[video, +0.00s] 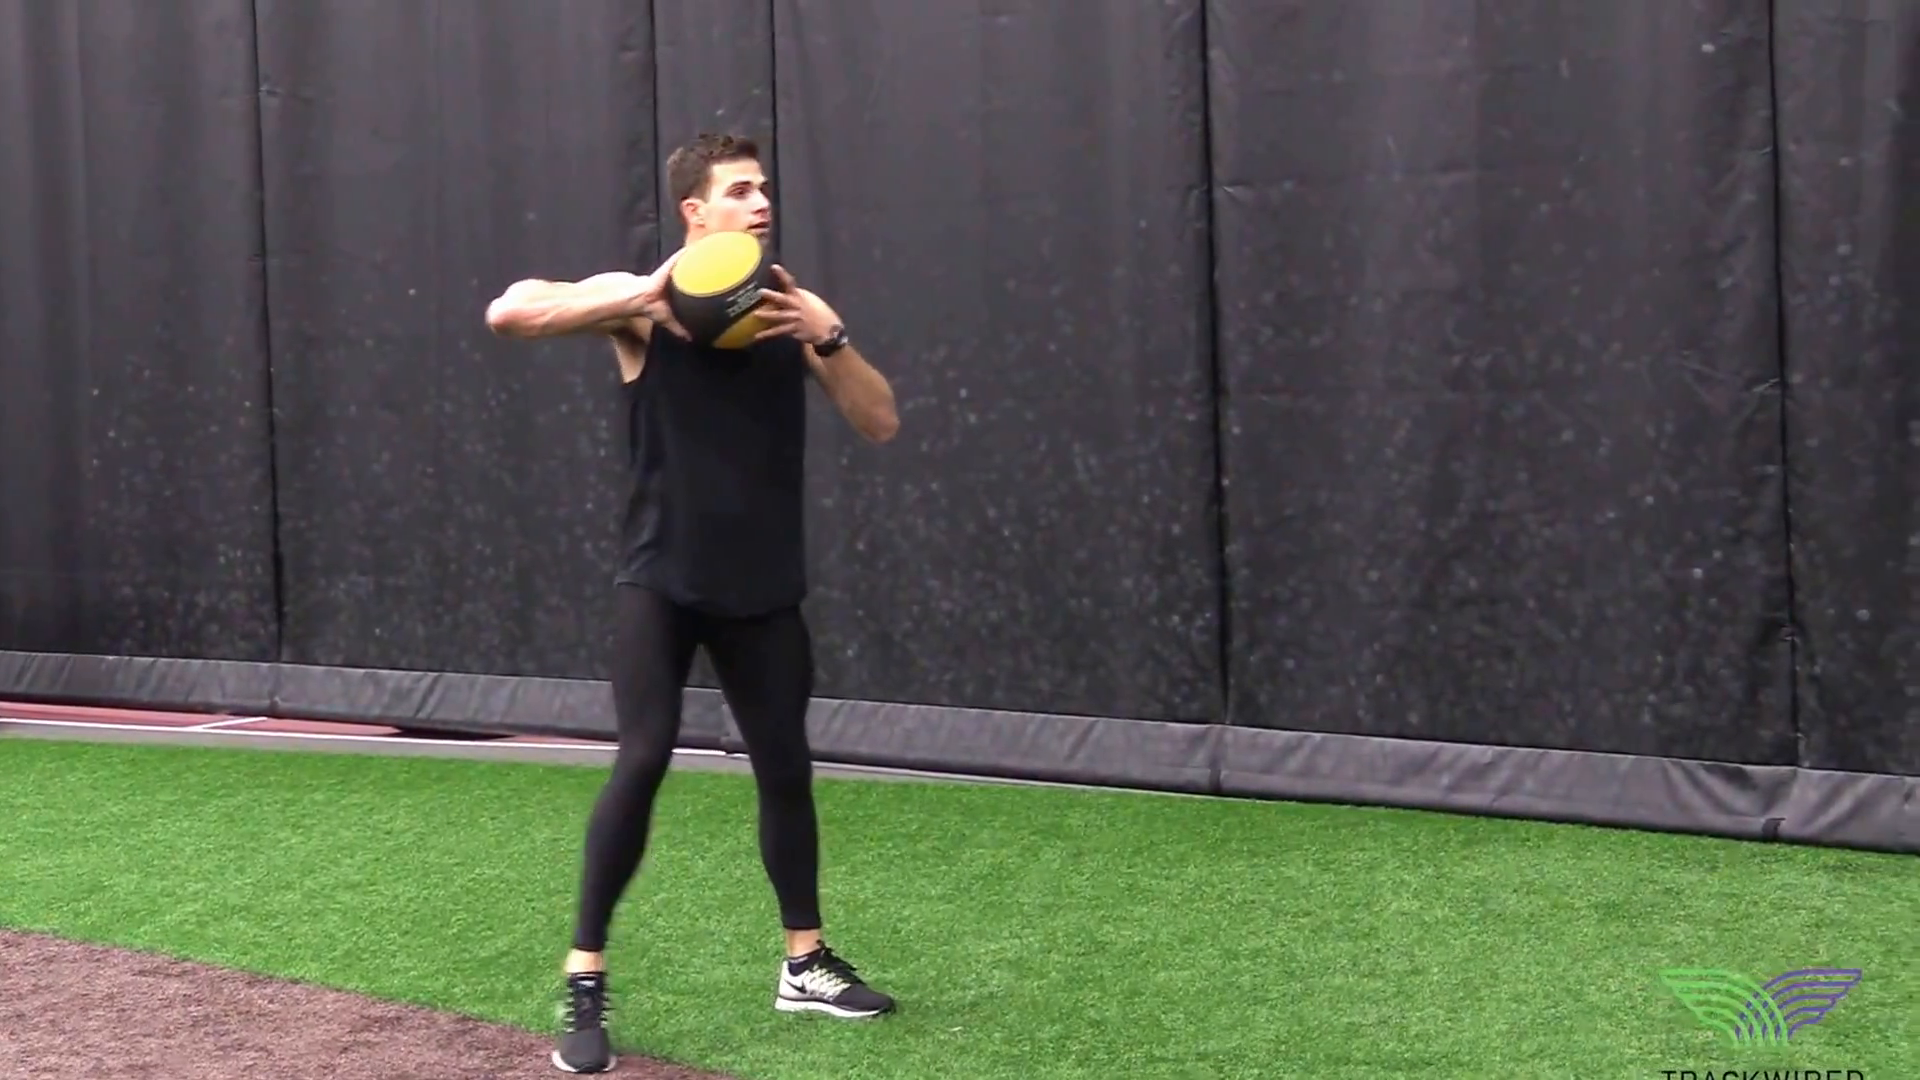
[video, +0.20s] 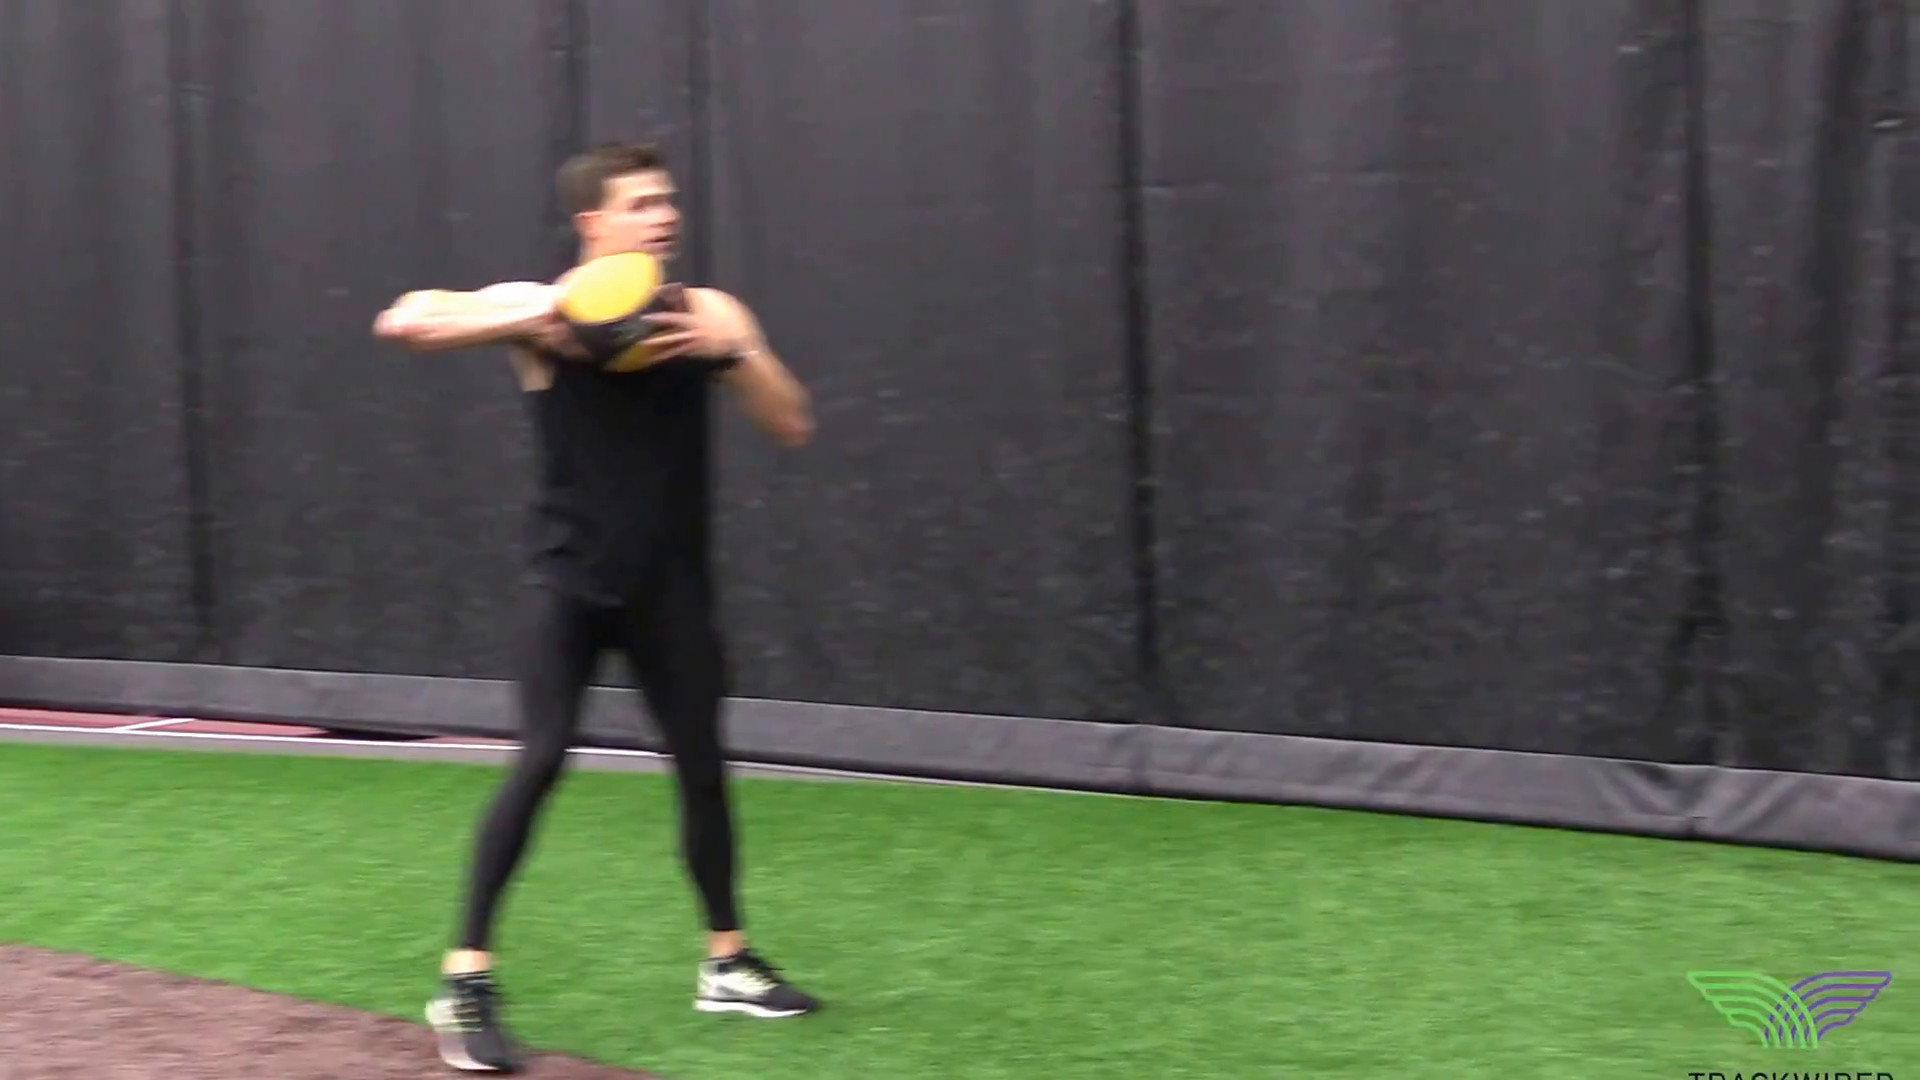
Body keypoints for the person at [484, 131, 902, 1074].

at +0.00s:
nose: (760, 207)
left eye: (765, 194)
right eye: (740, 193)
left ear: (769, 213)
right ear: (692, 209)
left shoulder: (791, 309)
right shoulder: (640, 295)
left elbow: (881, 421)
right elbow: (508, 311)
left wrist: (832, 339)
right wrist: (631, 300)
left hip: (762, 579)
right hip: (660, 574)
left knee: (787, 767)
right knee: (644, 755)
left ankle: (806, 960)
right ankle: (585, 975)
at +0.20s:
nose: (662, 220)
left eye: (667, 205)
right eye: (640, 206)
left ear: (676, 219)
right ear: (588, 223)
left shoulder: (705, 312)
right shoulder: (542, 307)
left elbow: (794, 425)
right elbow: (401, 320)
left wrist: (742, 345)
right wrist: (538, 319)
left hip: (672, 580)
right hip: (569, 578)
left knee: (703, 764)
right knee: (542, 754)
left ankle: (728, 960)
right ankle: (466, 975)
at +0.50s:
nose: (551, 257)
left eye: (554, 239)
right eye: (529, 246)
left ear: (562, 246)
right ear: (480, 265)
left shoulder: (608, 333)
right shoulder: (442, 338)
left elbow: (696, 449)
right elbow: (287, 354)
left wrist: (612, 397)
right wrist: (400, 362)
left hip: (592, 604)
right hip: (484, 604)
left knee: (648, 775)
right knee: (449, 782)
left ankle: (682, 962)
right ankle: (378, 994)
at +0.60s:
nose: (523, 278)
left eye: (527, 260)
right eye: (500, 267)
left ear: (537, 264)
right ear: (452, 284)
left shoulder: (583, 345)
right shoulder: (417, 354)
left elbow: (671, 462)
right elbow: (259, 373)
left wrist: (580, 422)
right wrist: (376, 388)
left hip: (579, 612)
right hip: (470, 612)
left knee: (648, 779)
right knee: (436, 789)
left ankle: (683, 961)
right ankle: (377, 1004)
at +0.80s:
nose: (474, 327)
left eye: (476, 307)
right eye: (450, 318)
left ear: (484, 302)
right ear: (401, 336)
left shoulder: (537, 379)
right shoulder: (358, 391)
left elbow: (622, 499)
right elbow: (210, 407)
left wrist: (522, 472)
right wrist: (311, 432)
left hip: (550, 617)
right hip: (440, 625)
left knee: (642, 782)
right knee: (422, 792)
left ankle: (687, 950)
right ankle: (377, 1009)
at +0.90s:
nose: (455, 352)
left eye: (456, 332)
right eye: (432, 344)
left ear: (464, 322)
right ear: (382, 362)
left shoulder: (517, 397)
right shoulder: (340, 411)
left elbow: (601, 518)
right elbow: (189, 425)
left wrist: (501, 496)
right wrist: (292, 455)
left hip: (542, 619)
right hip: (431, 629)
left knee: (638, 782)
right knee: (415, 796)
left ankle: (690, 938)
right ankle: (377, 1010)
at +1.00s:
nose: (441, 376)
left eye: (440, 354)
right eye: (417, 368)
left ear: (448, 346)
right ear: (367, 384)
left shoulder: (501, 412)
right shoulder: (328, 427)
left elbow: (585, 535)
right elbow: (172, 441)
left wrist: (486, 518)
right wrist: (275, 473)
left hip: (535, 619)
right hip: (424, 636)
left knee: (631, 781)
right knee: (409, 800)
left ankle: (692, 933)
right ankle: (377, 1011)